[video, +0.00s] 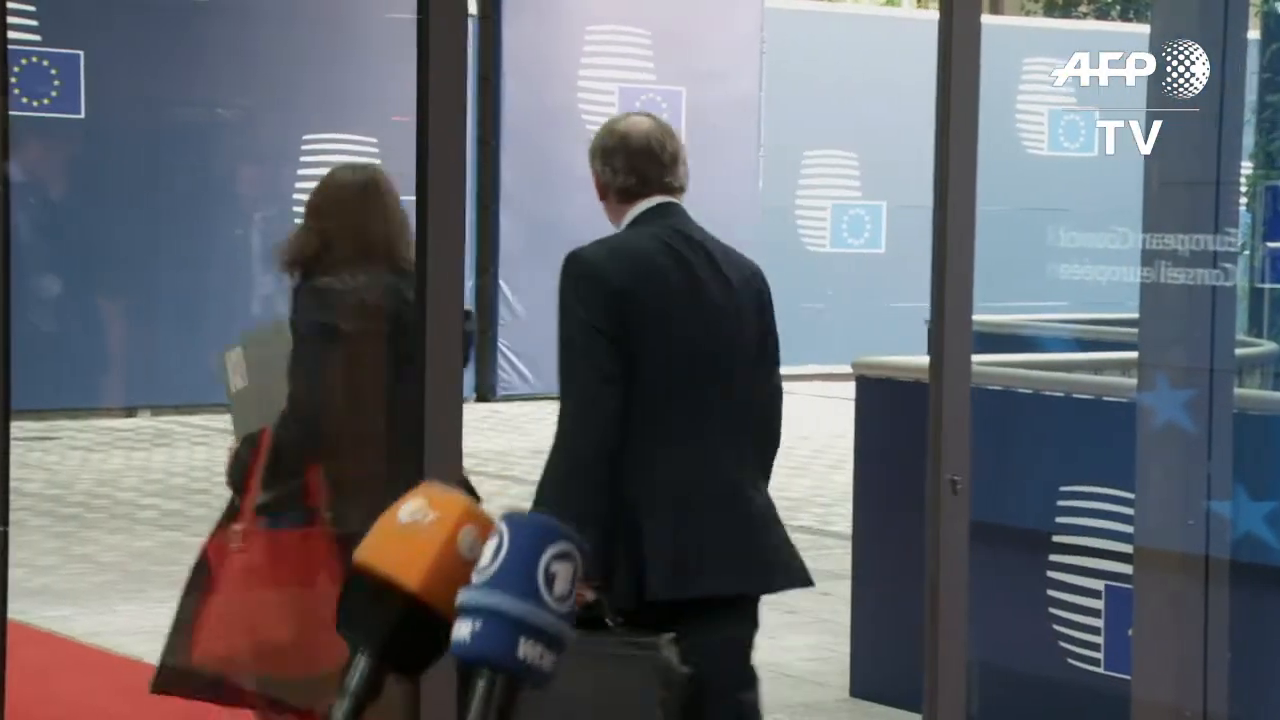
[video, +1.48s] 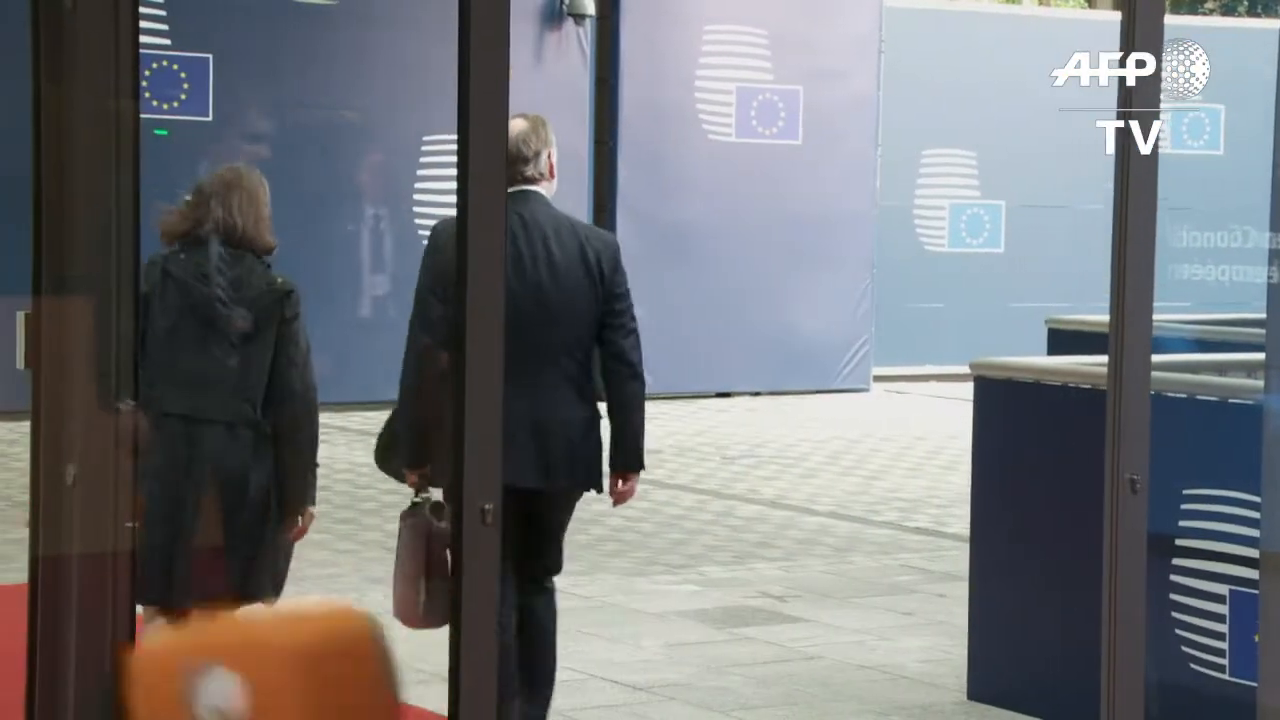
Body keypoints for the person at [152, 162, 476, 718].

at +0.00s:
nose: (307, 227)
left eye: (314, 215)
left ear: (323, 221)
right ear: (389, 220)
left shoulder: (323, 292)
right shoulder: (417, 288)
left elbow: (310, 410)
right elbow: (426, 400)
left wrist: (263, 462)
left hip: (337, 496)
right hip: (410, 491)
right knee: (398, 646)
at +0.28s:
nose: (256, 201)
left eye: (263, 190)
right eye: (263, 190)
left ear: (273, 197)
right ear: (344, 200)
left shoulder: (258, 269)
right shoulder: (384, 283)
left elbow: (223, 371)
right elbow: (404, 412)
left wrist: (187, 445)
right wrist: (410, 512)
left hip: (270, 503)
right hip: (360, 507)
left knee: (261, 685)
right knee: (304, 685)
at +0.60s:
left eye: (242, 208)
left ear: (246, 213)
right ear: (320, 218)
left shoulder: (217, 282)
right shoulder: (351, 304)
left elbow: (166, 380)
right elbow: (373, 433)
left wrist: (155, 426)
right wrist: (380, 539)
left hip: (224, 512)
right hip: (313, 520)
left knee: (194, 672)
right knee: (246, 669)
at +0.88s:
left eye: (219, 199)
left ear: (219, 203)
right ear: (293, 208)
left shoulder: (189, 273)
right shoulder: (323, 293)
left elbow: (143, 360)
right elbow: (345, 405)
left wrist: (140, 415)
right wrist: (327, 482)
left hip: (194, 490)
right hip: (281, 492)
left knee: (159, 634)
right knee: (249, 651)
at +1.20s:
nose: (265, 205)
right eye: (260, 195)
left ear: (191, 197)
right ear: (256, 202)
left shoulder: (156, 267)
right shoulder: (283, 280)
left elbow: (116, 370)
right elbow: (304, 391)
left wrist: (111, 471)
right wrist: (306, 480)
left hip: (161, 464)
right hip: (250, 469)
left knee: (156, 617)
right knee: (229, 607)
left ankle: (155, 716)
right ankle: (215, 711)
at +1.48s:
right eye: (263, 211)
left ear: (197, 209)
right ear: (258, 216)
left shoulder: (154, 279)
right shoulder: (275, 295)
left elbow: (129, 382)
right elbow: (295, 404)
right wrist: (301, 493)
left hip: (166, 466)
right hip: (243, 467)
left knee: (168, 607)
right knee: (223, 609)